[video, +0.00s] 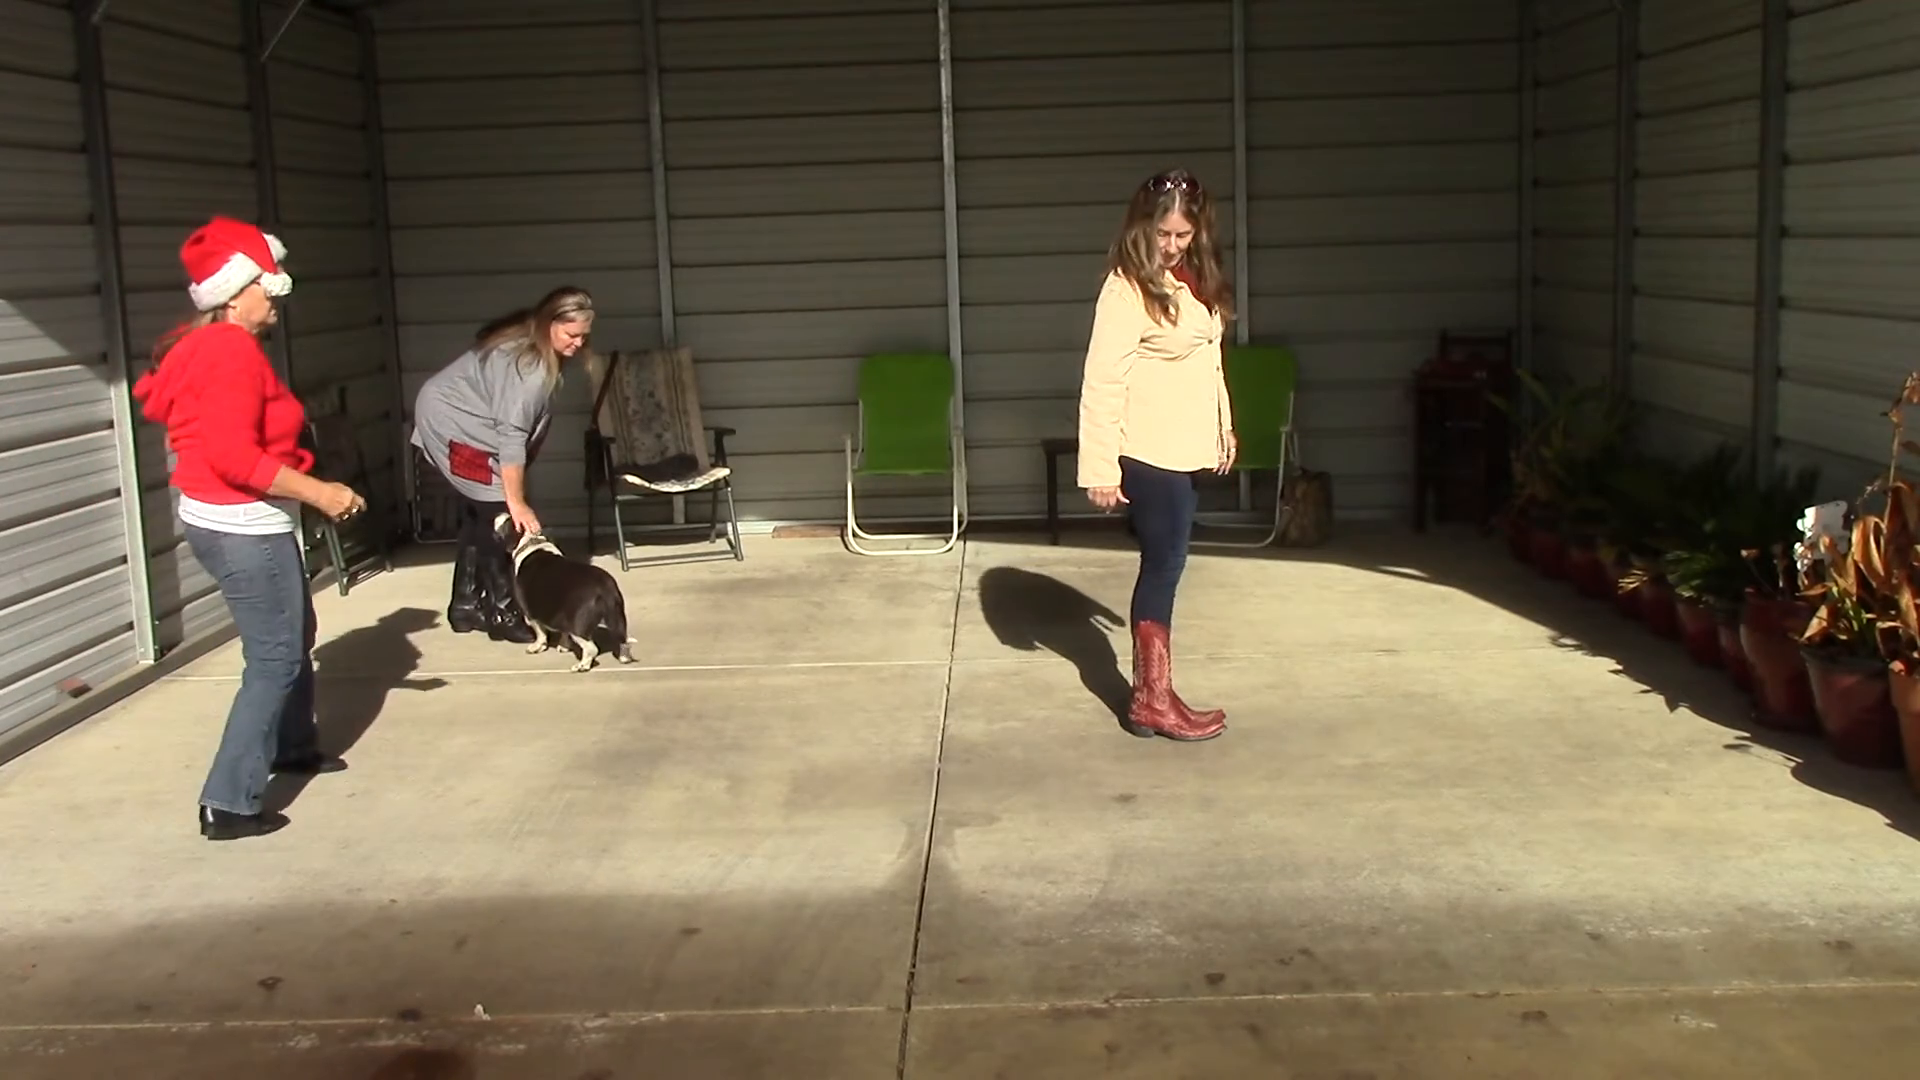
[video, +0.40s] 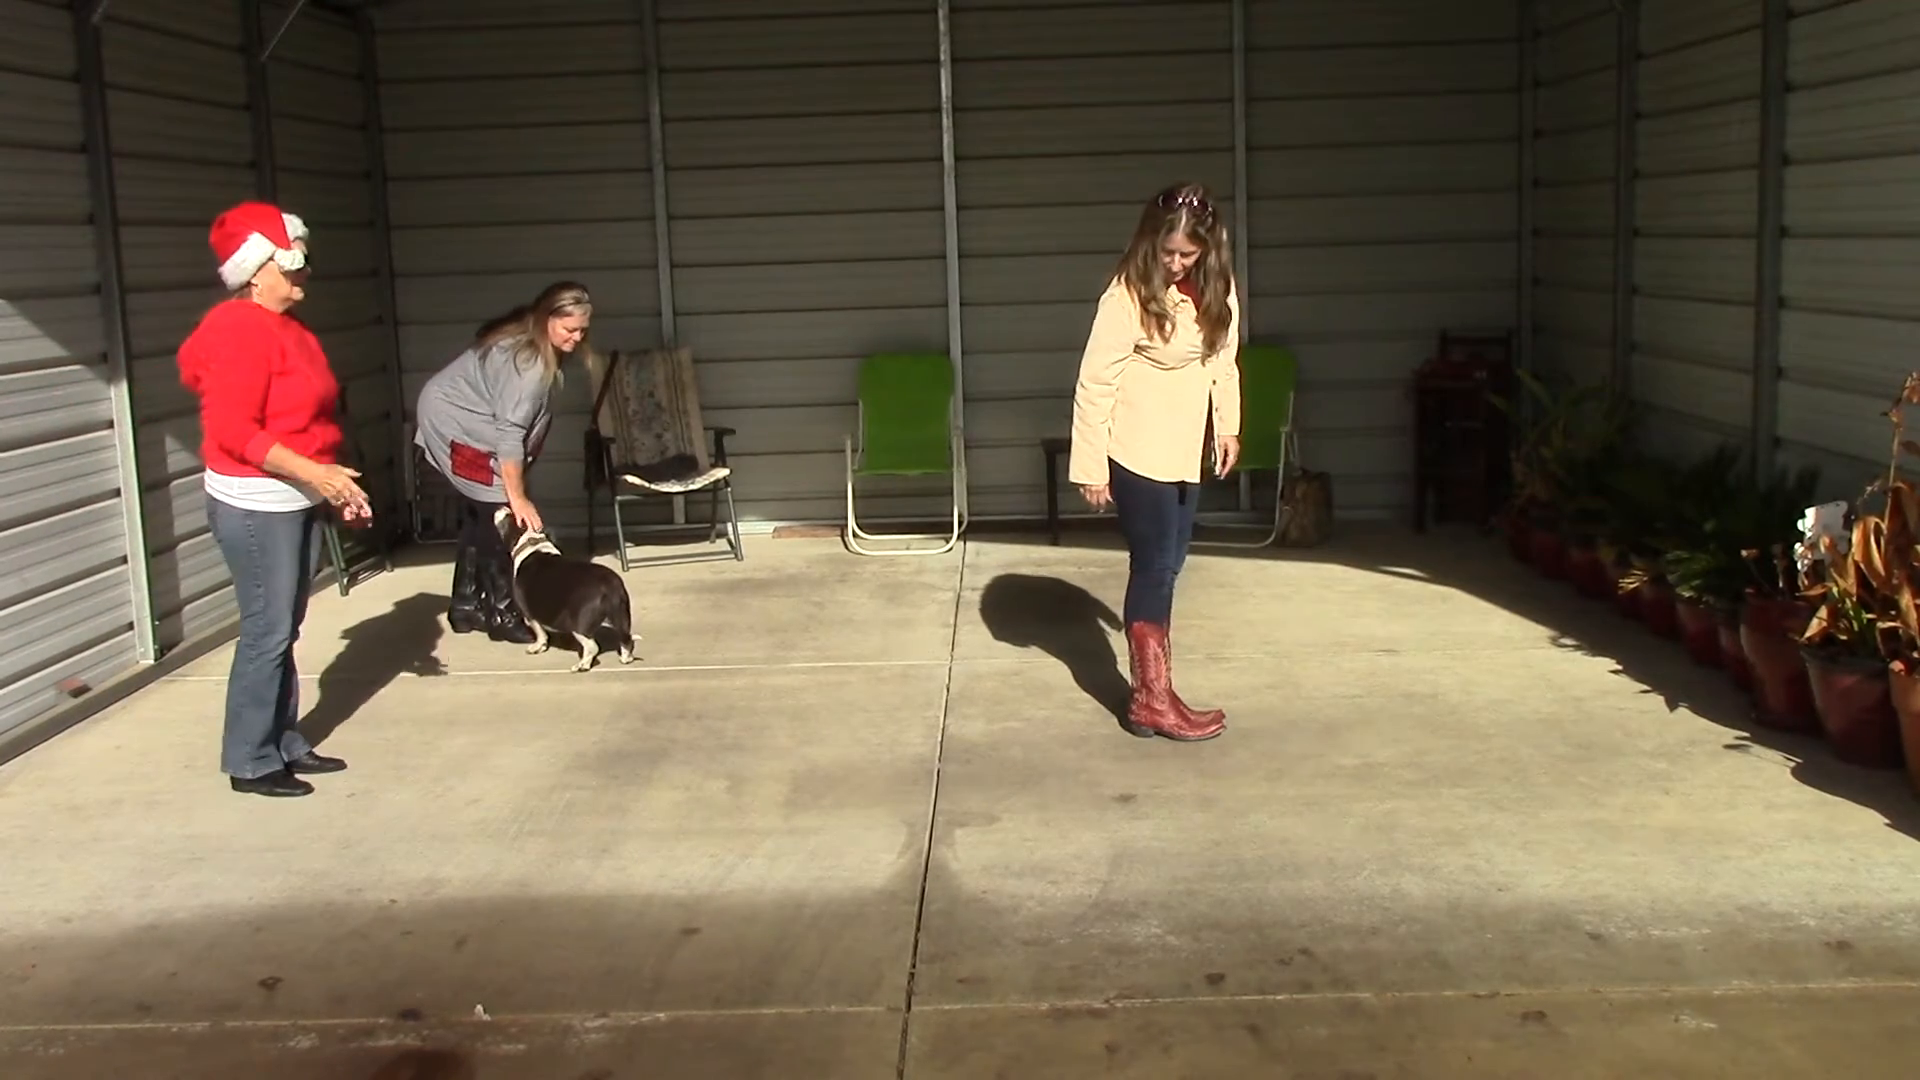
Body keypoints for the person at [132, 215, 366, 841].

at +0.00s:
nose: (274, 303)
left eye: (273, 291)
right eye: (267, 292)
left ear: (230, 297)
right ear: (236, 297)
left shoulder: (216, 346)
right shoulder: (226, 351)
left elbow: (219, 448)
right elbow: (229, 451)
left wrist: (301, 486)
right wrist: (313, 491)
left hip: (241, 516)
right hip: (240, 522)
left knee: (296, 630)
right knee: (277, 653)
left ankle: (293, 748)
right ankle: (228, 804)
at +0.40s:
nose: (302, 281)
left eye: (302, 270)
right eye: (292, 271)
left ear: (269, 271)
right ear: (256, 273)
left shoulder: (286, 329)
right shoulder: (236, 330)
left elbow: (301, 424)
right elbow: (231, 432)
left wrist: (336, 482)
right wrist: (313, 475)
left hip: (292, 499)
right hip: (253, 502)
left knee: (283, 631)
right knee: (265, 633)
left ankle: (280, 743)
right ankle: (249, 761)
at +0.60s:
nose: (297, 273)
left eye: (298, 263)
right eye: (284, 264)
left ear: (297, 263)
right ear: (247, 270)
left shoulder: (301, 326)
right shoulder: (224, 321)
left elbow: (316, 413)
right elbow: (250, 399)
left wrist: (340, 484)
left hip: (305, 496)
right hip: (255, 499)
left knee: (287, 628)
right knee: (260, 631)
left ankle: (282, 743)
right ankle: (249, 761)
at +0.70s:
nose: (294, 257)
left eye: (293, 248)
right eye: (282, 248)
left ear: (282, 259)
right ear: (245, 259)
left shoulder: (294, 322)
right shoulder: (218, 317)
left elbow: (317, 411)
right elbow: (259, 357)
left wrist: (347, 480)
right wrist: (262, 273)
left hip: (308, 494)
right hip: (256, 496)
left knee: (289, 629)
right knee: (262, 629)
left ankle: (283, 743)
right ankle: (250, 761)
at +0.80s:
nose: (290, 256)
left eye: (289, 247)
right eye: (278, 246)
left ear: (279, 258)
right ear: (244, 258)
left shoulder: (293, 326)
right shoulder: (215, 316)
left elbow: (317, 411)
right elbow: (260, 337)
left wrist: (347, 477)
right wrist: (263, 265)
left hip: (308, 493)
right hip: (256, 496)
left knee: (290, 629)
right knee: (263, 630)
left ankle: (283, 743)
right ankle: (251, 762)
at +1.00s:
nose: (294, 268)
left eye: (294, 257)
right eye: (283, 257)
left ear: (274, 261)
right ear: (245, 260)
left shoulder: (286, 329)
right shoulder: (213, 315)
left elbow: (312, 415)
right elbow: (255, 326)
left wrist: (338, 487)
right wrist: (261, 256)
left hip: (305, 494)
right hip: (253, 496)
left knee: (286, 630)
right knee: (263, 631)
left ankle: (281, 743)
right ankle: (250, 762)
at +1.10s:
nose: (296, 273)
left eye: (297, 262)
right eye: (284, 262)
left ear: (290, 267)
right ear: (242, 264)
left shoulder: (289, 333)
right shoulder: (209, 319)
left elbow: (315, 419)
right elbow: (254, 305)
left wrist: (335, 492)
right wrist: (257, 244)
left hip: (304, 495)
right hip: (252, 497)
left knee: (285, 631)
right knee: (262, 631)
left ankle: (282, 743)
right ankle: (250, 763)